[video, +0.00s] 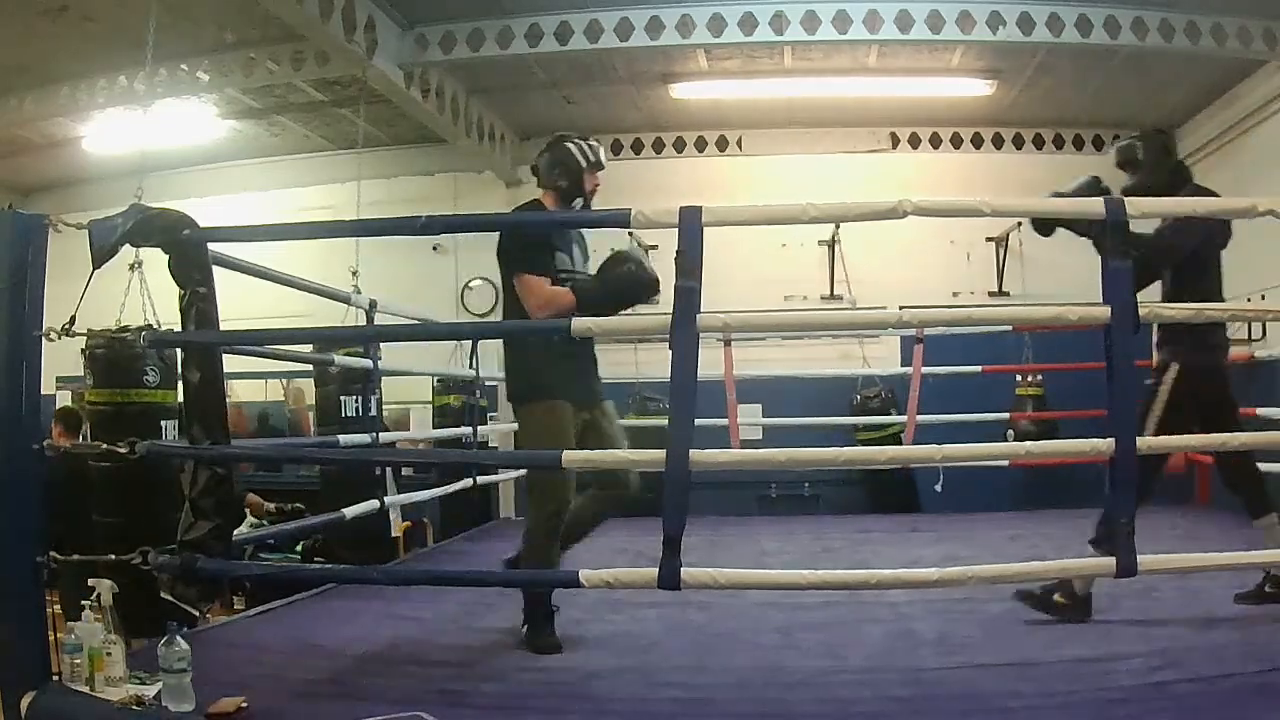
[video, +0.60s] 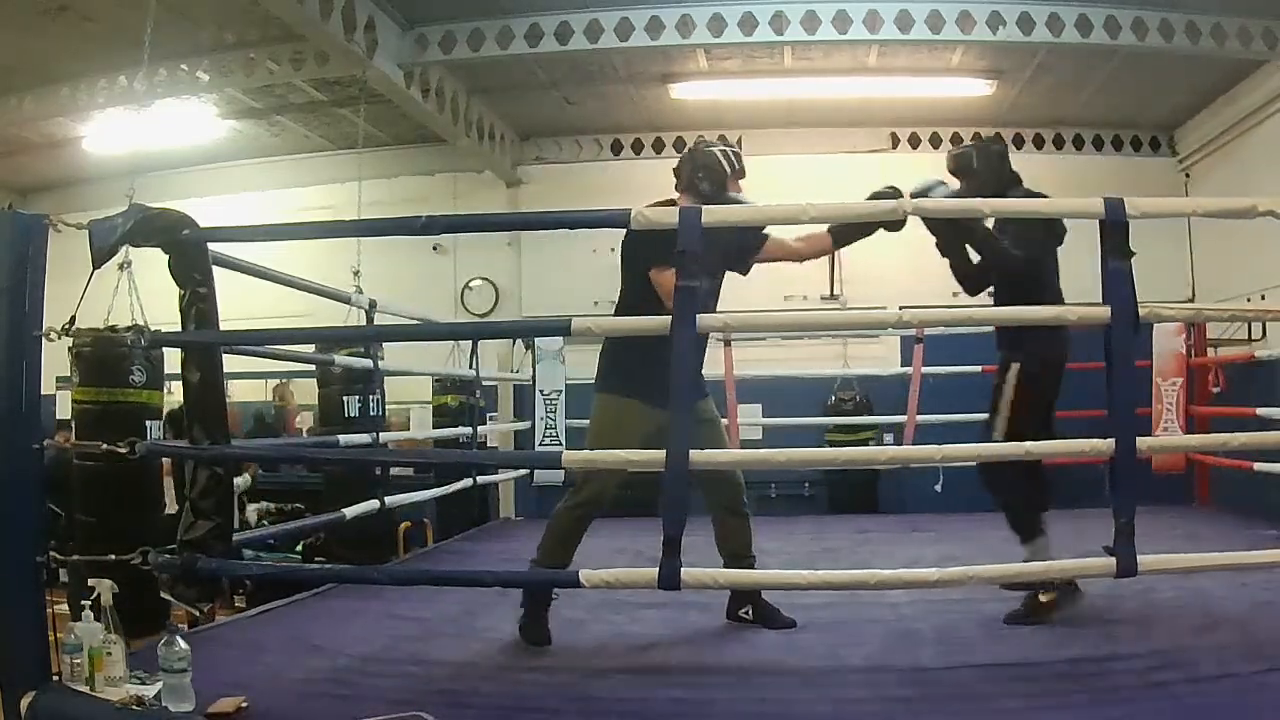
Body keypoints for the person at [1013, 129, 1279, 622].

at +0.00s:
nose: (1132, 180)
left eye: (1137, 169)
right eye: (1130, 172)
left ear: (1161, 163)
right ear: (1161, 163)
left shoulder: (1198, 207)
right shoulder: (1174, 208)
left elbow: (1147, 258)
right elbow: (1134, 272)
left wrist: (1089, 218)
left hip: (1188, 353)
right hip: (1196, 350)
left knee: (1137, 462)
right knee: (1234, 458)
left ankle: (1078, 584)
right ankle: (1279, 562)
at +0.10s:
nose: (1088, 179)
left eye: (1093, 168)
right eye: (1086, 170)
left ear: (1120, 164)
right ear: (1121, 163)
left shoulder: (1159, 206)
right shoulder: (1120, 208)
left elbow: (1118, 280)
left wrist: (1072, 241)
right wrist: (1026, 225)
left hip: (1153, 356)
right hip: (1162, 354)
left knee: (1098, 459)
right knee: (1196, 459)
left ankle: (1068, 587)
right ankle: (1268, 554)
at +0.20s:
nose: (1055, 180)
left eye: (1060, 168)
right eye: (1053, 170)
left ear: (1083, 162)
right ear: (1093, 160)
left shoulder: (1117, 204)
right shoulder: (1111, 205)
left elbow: (1088, 272)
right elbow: (1066, 272)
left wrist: (1013, 253)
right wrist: (1034, 225)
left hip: (1118, 341)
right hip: (1135, 338)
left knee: (1071, 451)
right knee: (1135, 448)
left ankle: (1065, 588)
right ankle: (1227, 534)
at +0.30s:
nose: (1020, 180)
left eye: (1025, 169)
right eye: (1018, 171)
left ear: (1048, 161)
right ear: (1060, 158)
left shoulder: (1087, 200)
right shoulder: (1079, 199)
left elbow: (1045, 269)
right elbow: (1044, 265)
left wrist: (967, 235)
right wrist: (1008, 220)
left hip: (1091, 339)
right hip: (1101, 336)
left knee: (1054, 454)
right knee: (1099, 440)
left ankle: (1064, 589)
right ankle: (1174, 533)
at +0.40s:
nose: (989, 175)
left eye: (994, 163)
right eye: (987, 165)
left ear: (1018, 157)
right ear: (1032, 154)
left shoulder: (1041, 194)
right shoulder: (1073, 191)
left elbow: (979, 240)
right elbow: (1027, 270)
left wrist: (907, 218)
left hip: (1074, 333)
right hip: (1092, 329)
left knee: (1051, 450)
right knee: (1063, 444)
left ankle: (1064, 587)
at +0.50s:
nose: (976, 176)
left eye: (980, 166)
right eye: (974, 168)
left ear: (1000, 157)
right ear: (1013, 155)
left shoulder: (1025, 196)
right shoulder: (1024, 193)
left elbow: (996, 263)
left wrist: (939, 221)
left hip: (1056, 340)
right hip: (1054, 338)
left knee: (1047, 457)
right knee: (1045, 455)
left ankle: (1064, 588)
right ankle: (1057, 565)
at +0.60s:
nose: (963, 189)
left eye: (968, 180)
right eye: (960, 182)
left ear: (990, 175)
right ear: (985, 177)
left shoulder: (1030, 209)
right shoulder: (1000, 219)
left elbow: (1022, 267)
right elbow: (973, 282)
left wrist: (970, 227)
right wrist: (948, 239)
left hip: (1037, 345)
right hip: (1021, 345)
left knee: (1001, 455)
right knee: (1016, 454)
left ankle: (1047, 575)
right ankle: (1046, 570)